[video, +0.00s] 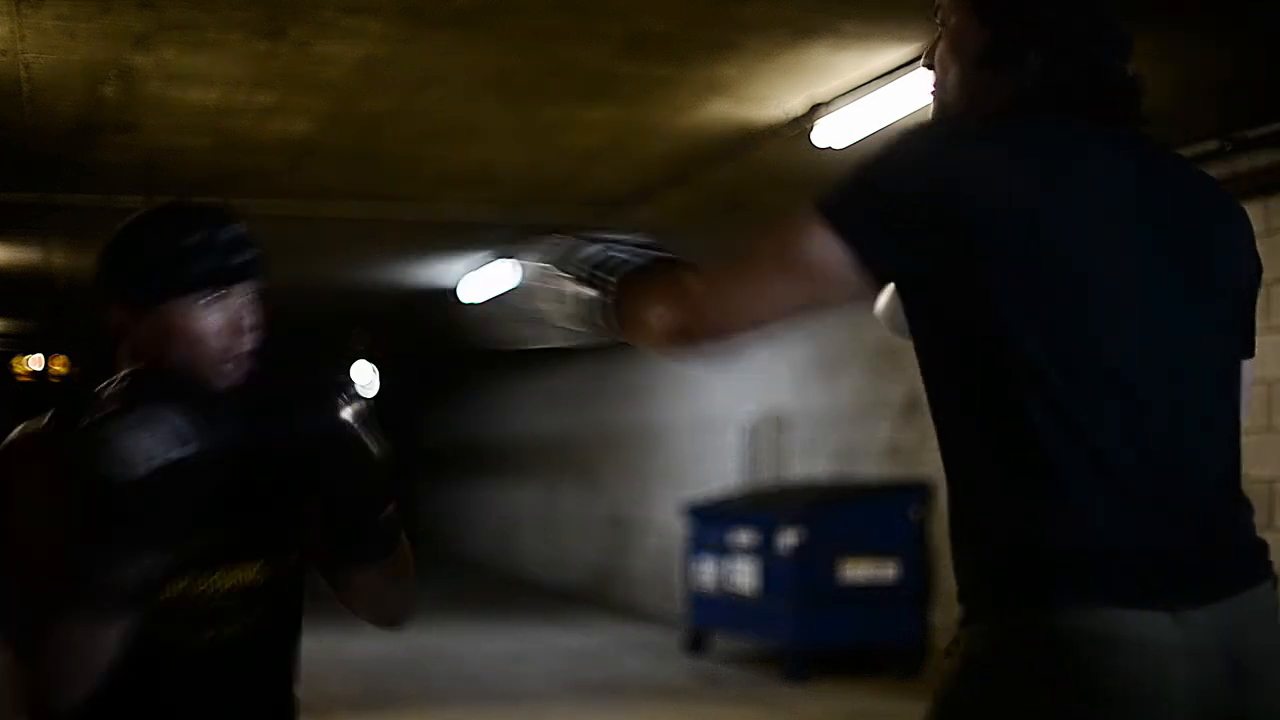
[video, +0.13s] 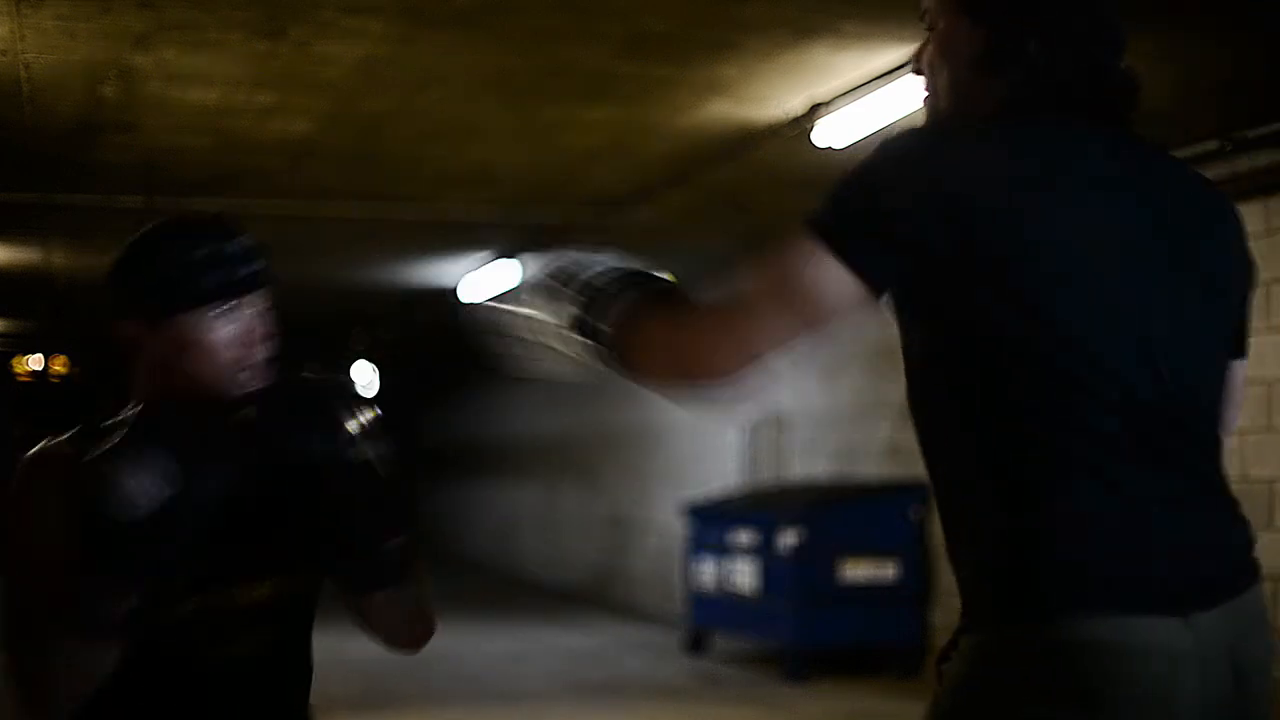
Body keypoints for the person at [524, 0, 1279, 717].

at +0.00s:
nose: (931, 59)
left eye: (943, 33)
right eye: (935, 34)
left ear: (987, 37)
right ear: (1100, 48)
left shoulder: (942, 170)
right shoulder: (1209, 204)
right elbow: (1217, 415)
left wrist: (632, 294)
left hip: (1057, 636)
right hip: (1240, 629)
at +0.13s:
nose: (920, 56)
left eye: (935, 31)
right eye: (926, 31)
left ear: (987, 40)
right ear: (1090, 47)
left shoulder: (929, 174)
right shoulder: (1198, 204)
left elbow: (710, 348)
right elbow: (1213, 434)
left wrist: (606, 303)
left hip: (1055, 636)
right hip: (1228, 627)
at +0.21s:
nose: (897, 60)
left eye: (914, 31)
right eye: (903, 33)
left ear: (973, 36)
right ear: (1055, 44)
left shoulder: (971, 177)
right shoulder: (1152, 191)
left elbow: (937, 440)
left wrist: (755, 352)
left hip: (1058, 646)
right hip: (1195, 622)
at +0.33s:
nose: (904, 71)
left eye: (920, 43)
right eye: (908, 45)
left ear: (986, 46)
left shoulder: (1090, 171)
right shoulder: (1021, 193)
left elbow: (1113, 434)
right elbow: (900, 422)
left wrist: (878, 337)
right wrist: (813, 344)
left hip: (1129, 656)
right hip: (1045, 644)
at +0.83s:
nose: (1100, 60)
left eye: (1118, 27)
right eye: (1106, 31)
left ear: (1183, 28)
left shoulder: (1197, 155)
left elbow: (1148, 434)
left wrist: (1015, 344)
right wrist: (1097, 308)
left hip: (1234, 642)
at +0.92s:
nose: (1109, 59)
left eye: (1128, 24)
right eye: (1115, 30)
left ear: (1192, 28)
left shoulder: (1201, 161)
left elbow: (1147, 439)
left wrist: (1025, 350)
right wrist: (1105, 314)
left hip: (1229, 650)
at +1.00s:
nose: (1106, 67)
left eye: (1125, 31)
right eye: (1111, 37)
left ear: (1195, 32)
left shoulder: (1213, 176)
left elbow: (1167, 453)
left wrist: (1026, 360)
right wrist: (1101, 330)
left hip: (1226, 659)